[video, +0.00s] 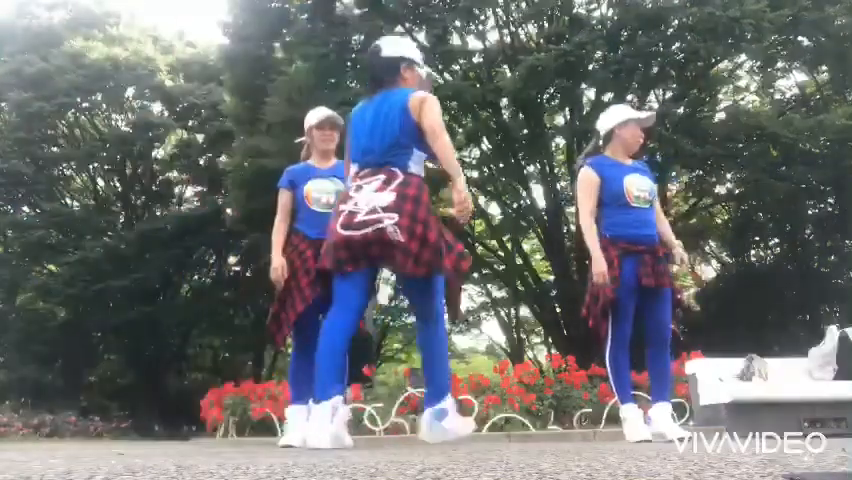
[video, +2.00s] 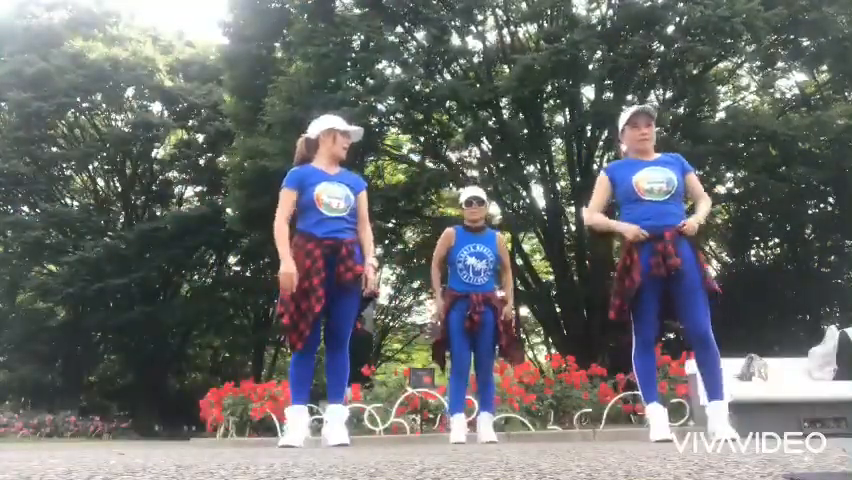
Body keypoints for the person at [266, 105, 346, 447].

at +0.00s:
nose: (328, 134)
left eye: (333, 129)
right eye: (321, 128)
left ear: (340, 134)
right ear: (309, 133)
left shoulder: (350, 171)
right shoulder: (294, 173)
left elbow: (359, 211)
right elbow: (282, 218)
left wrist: (357, 250)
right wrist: (277, 256)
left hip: (339, 251)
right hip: (303, 250)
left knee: (337, 328)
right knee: (304, 331)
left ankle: (332, 411)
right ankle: (298, 413)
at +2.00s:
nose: (349, 143)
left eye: (349, 138)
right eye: (343, 137)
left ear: (341, 141)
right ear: (326, 139)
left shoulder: (356, 182)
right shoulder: (299, 174)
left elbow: (364, 226)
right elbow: (281, 219)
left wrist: (370, 261)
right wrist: (286, 260)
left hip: (349, 257)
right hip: (309, 255)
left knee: (339, 338)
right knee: (306, 338)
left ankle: (336, 417)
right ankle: (297, 418)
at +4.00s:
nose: (345, 135)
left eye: (346, 131)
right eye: (338, 130)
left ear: (344, 137)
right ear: (320, 135)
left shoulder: (358, 175)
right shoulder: (297, 173)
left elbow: (362, 221)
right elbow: (284, 223)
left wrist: (360, 261)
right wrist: (291, 260)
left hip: (345, 257)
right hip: (307, 256)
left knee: (339, 341)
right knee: (306, 341)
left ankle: (336, 418)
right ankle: (297, 419)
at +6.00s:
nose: (328, 139)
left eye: (333, 134)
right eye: (322, 134)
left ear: (340, 139)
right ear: (309, 138)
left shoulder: (348, 180)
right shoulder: (293, 172)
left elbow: (361, 223)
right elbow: (280, 216)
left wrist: (353, 242)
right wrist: (285, 255)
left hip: (340, 254)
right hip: (303, 251)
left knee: (341, 331)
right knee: (302, 333)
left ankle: (336, 416)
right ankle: (297, 417)